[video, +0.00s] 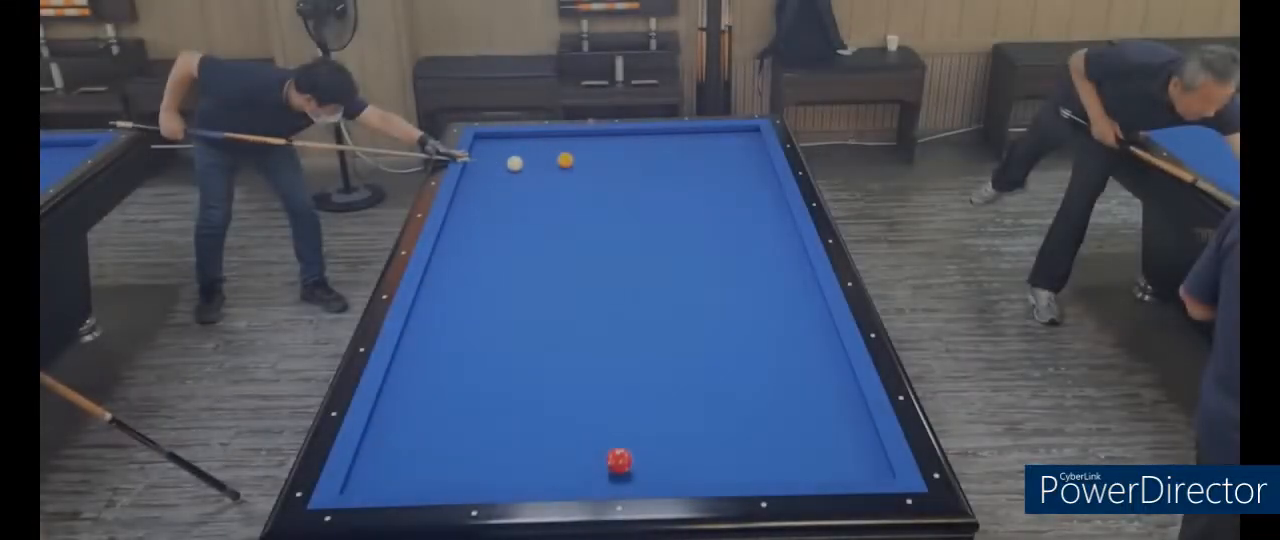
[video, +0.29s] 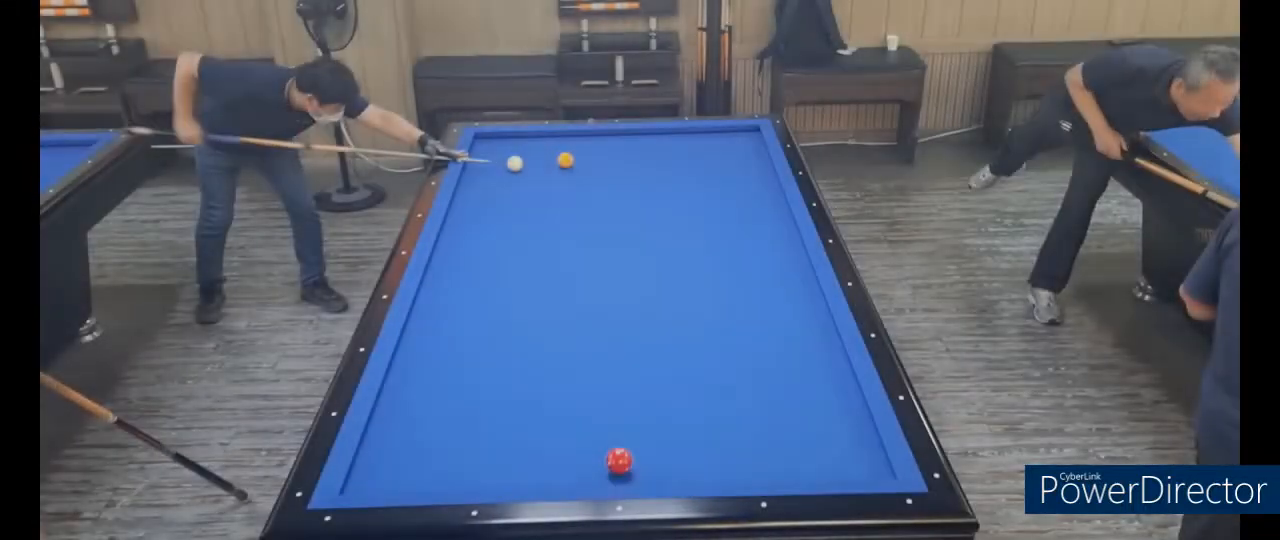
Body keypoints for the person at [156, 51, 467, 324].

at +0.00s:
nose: (330, 119)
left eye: (334, 114)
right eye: (326, 113)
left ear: (330, 100)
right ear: (305, 98)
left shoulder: (329, 93)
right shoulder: (246, 80)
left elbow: (379, 119)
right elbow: (186, 62)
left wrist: (427, 142)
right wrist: (168, 111)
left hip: (270, 141)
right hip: (217, 139)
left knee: (302, 206)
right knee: (214, 217)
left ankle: (314, 284)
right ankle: (209, 292)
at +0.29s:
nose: (333, 118)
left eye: (337, 112)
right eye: (329, 112)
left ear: (317, 98)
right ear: (308, 98)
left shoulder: (331, 92)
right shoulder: (255, 80)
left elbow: (380, 118)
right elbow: (188, 62)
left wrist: (424, 140)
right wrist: (183, 119)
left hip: (272, 144)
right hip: (219, 142)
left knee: (304, 208)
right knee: (216, 217)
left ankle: (314, 285)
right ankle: (209, 292)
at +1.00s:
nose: (329, 83)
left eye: (331, 76)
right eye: (322, 77)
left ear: (334, 72)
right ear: (294, 71)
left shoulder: (329, 83)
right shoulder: (251, 73)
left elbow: (363, 115)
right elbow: (194, 99)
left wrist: (387, 146)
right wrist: (201, 152)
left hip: (275, 147)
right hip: (224, 148)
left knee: (306, 208)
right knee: (218, 221)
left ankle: (314, 284)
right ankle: (209, 291)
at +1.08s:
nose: (320, 72)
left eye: (323, 64)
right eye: (312, 64)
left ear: (327, 58)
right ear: (285, 58)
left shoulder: (323, 75)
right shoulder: (243, 68)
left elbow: (345, 107)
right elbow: (191, 98)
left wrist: (358, 153)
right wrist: (198, 152)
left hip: (276, 146)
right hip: (224, 149)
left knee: (307, 209)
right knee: (219, 219)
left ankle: (314, 284)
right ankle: (209, 291)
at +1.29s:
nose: (300, 42)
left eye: (305, 32)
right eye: (290, 35)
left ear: (310, 27)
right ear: (264, 30)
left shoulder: (307, 51)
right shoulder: (224, 54)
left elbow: (312, 90)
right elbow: (180, 91)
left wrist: (308, 126)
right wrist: (191, 148)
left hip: (273, 144)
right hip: (220, 149)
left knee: (305, 210)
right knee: (215, 222)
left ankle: (313, 284)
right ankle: (209, 292)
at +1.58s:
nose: (255, 26)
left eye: (261, 19)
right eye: (248, 20)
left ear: (268, 7)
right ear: (227, 5)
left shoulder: (274, 23)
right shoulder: (194, 34)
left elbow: (289, 70)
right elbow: (161, 85)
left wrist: (300, 122)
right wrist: (180, 143)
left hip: (265, 141)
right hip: (212, 148)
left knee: (296, 210)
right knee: (210, 223)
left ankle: (313, 283)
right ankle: (209, 292)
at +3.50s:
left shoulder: (263, 9)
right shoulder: (190, 20)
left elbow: (280, 60)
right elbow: (166, 79)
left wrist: (307, 97)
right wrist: (205, 130)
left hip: (280, 139)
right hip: (231, 148)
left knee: (311, 202)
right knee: (221, 220)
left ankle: (312, 280)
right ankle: (210, 291)